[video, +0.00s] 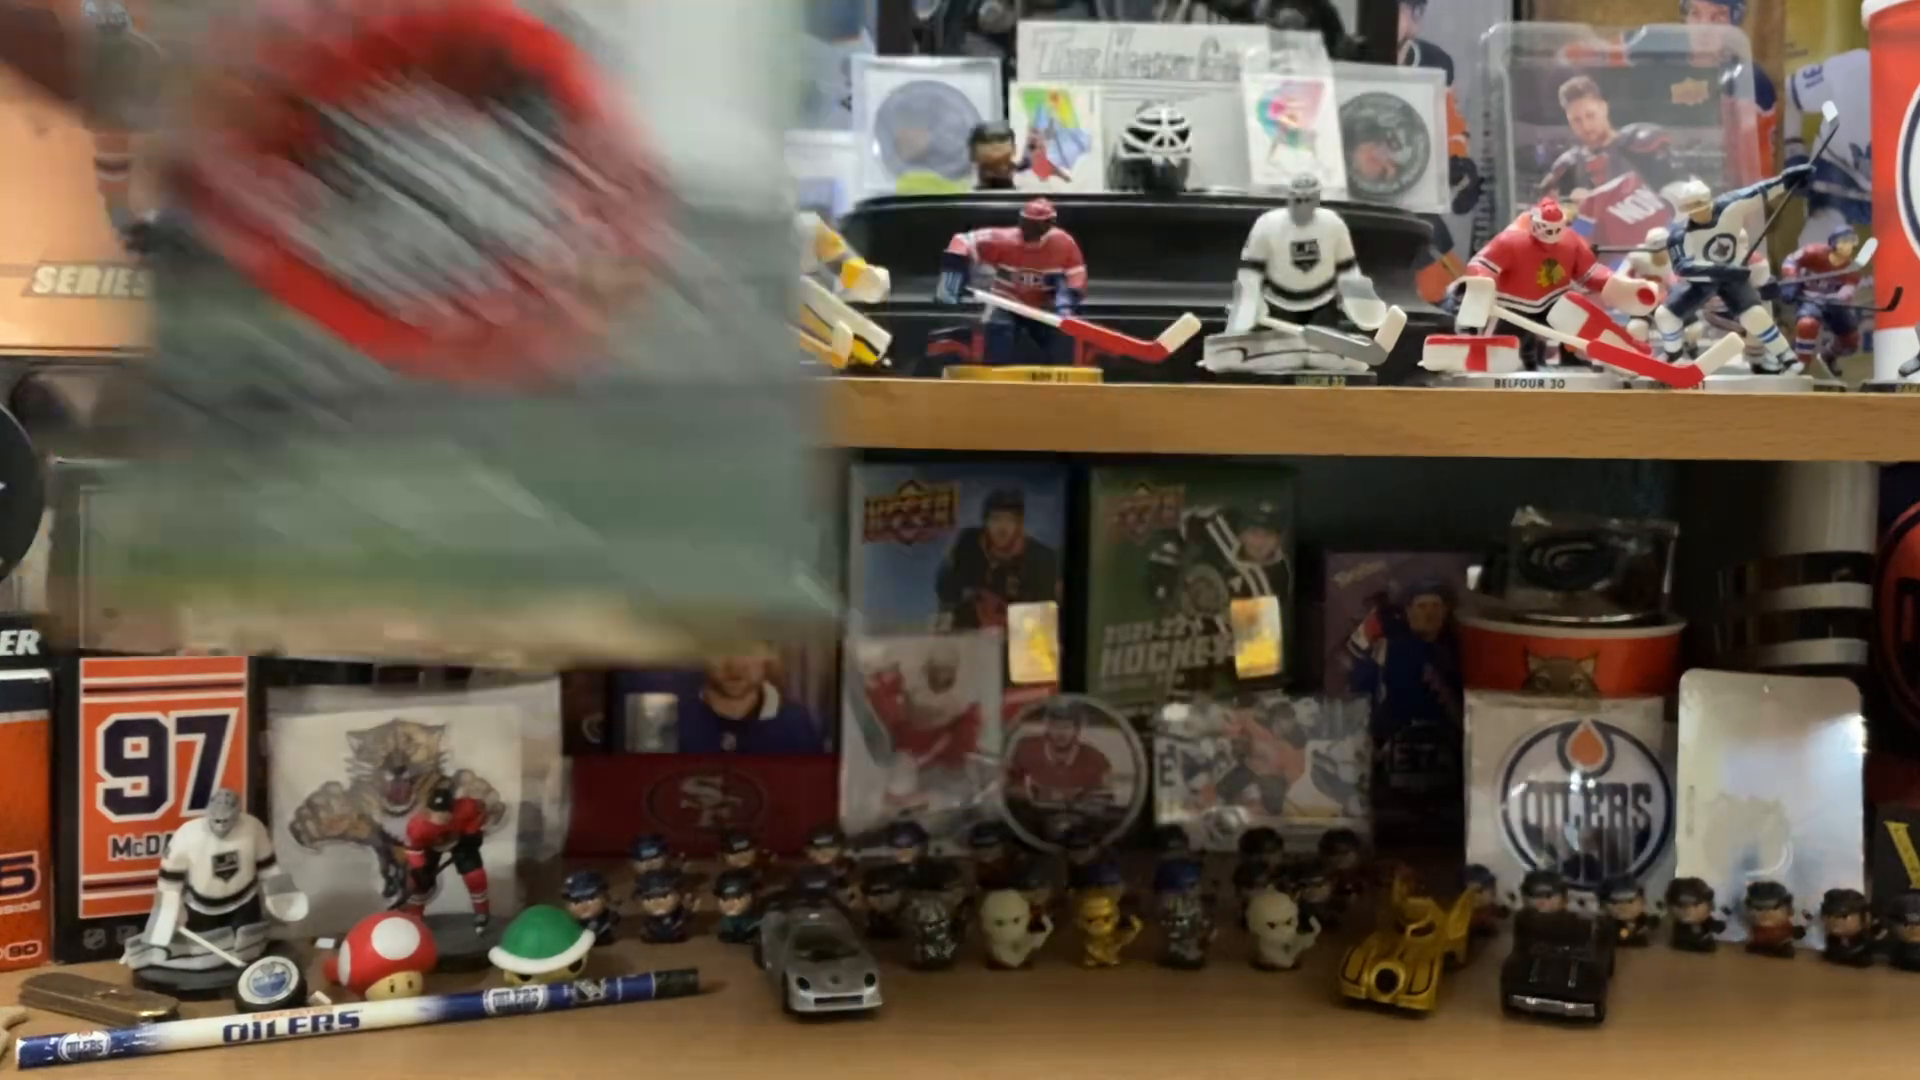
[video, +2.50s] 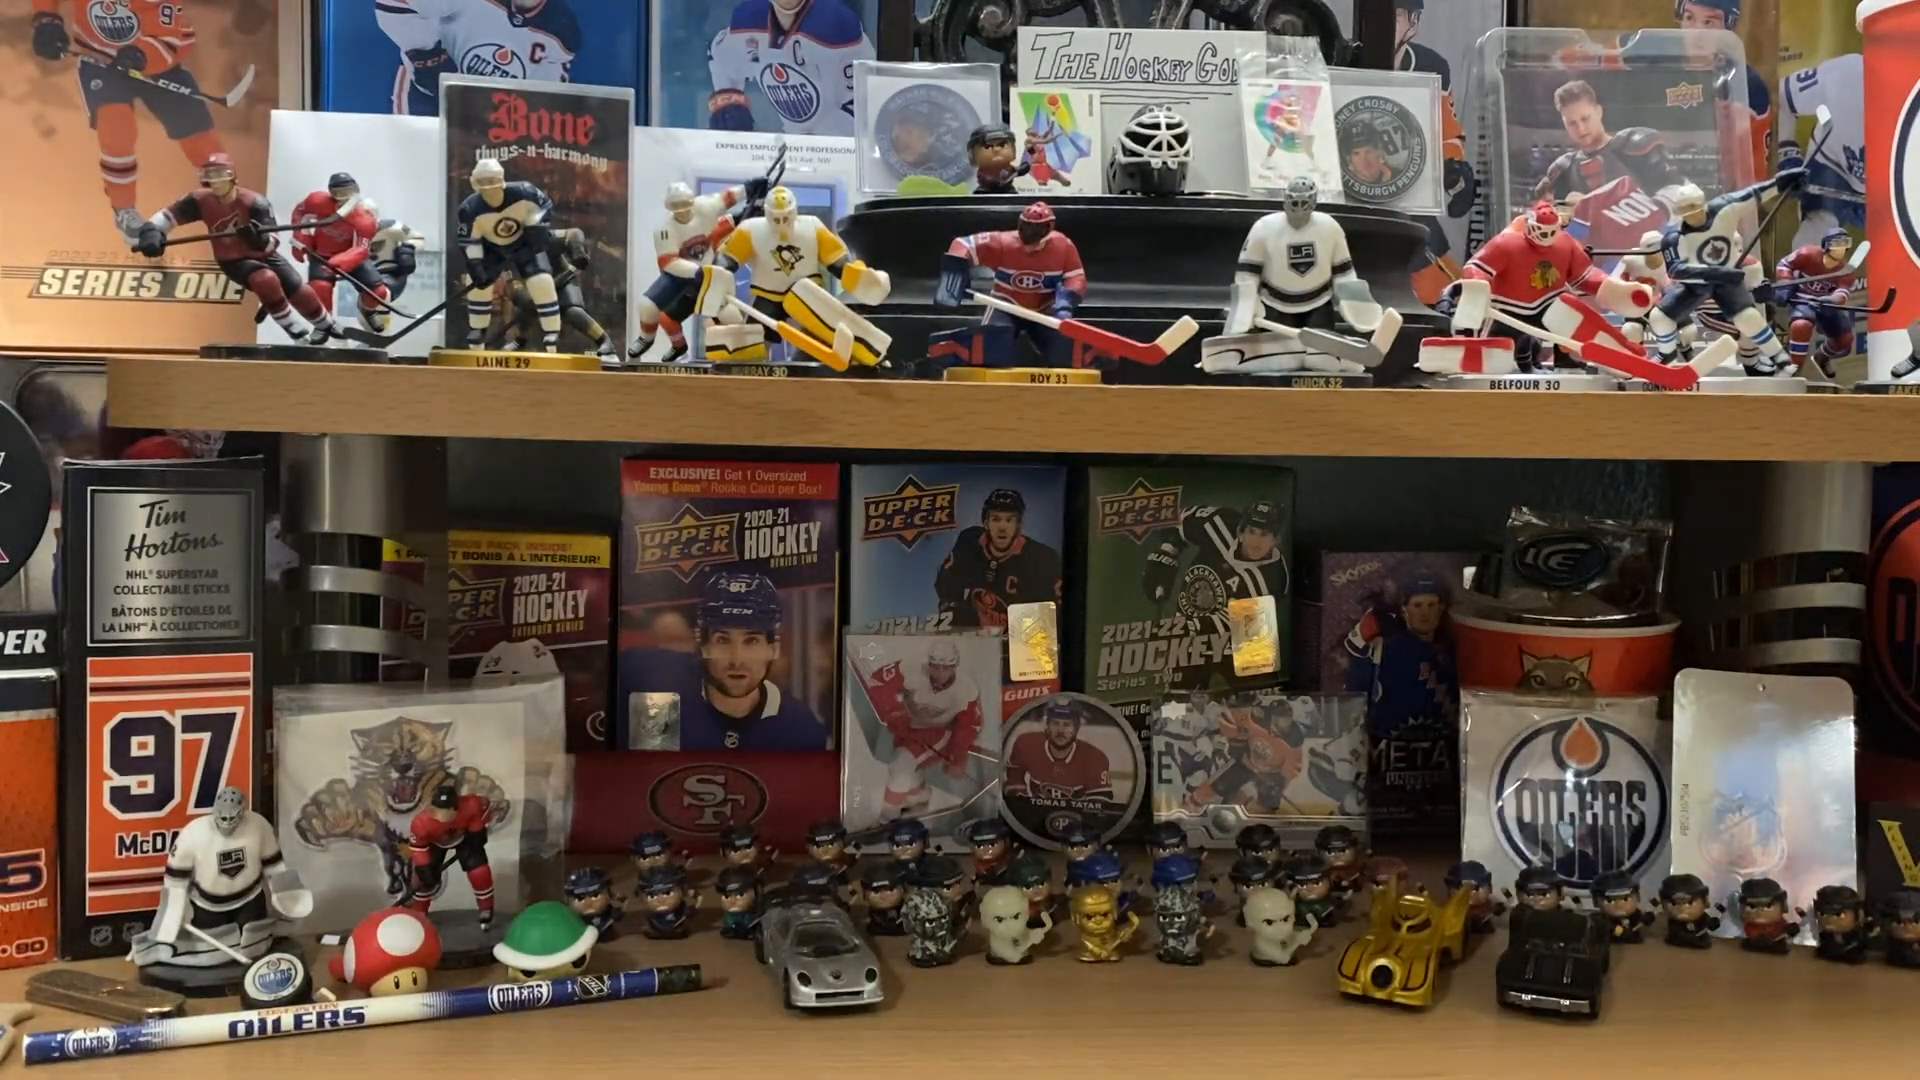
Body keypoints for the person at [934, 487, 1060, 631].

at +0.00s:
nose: (1002, 528)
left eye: (1009, 521)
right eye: (995, 520)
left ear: (1020, 523)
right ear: (986, 522)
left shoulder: (1041, 557)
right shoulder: (968, 543)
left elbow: (1043, 609)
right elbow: (944, 586)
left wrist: (1005, 615)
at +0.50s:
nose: (1003, 527)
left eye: (1009, 520)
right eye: (996, 520)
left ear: (1019, 524)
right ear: (986, 522)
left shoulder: (1041, 557)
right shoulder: (968, 542)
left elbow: (1045, 605)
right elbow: (944, 581)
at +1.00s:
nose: (1003, 527)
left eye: (1009, 520)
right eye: (996, 520)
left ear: (1019, 524)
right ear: (986, 523)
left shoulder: (1041, 557)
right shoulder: (968, 542)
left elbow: (1046, 604)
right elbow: (944, 580)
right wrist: (949, 608)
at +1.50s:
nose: (1003, 527)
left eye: (1010, 521)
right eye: (996, 520)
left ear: (1019, 524)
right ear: (986, 523)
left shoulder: (1042, 557)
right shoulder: (969, 541)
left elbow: (1047, 604)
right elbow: (945, 578)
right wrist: (949, 606)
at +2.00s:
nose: (1003, 527)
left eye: (1010, 520)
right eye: (996, 520)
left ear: (1019, 525)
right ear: (986, 522)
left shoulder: (1042, 557)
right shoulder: (969, 541)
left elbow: (1046, 605)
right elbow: (945, 578)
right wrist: (950, 607)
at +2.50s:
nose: (1002, 527)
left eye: (1009, 520)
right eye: (996, 520)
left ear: (1019, 525)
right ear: (985, 523)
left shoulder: (1042, 558)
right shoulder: (968, 542)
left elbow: (1045, 607)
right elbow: (944, 581)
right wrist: (949, 607)